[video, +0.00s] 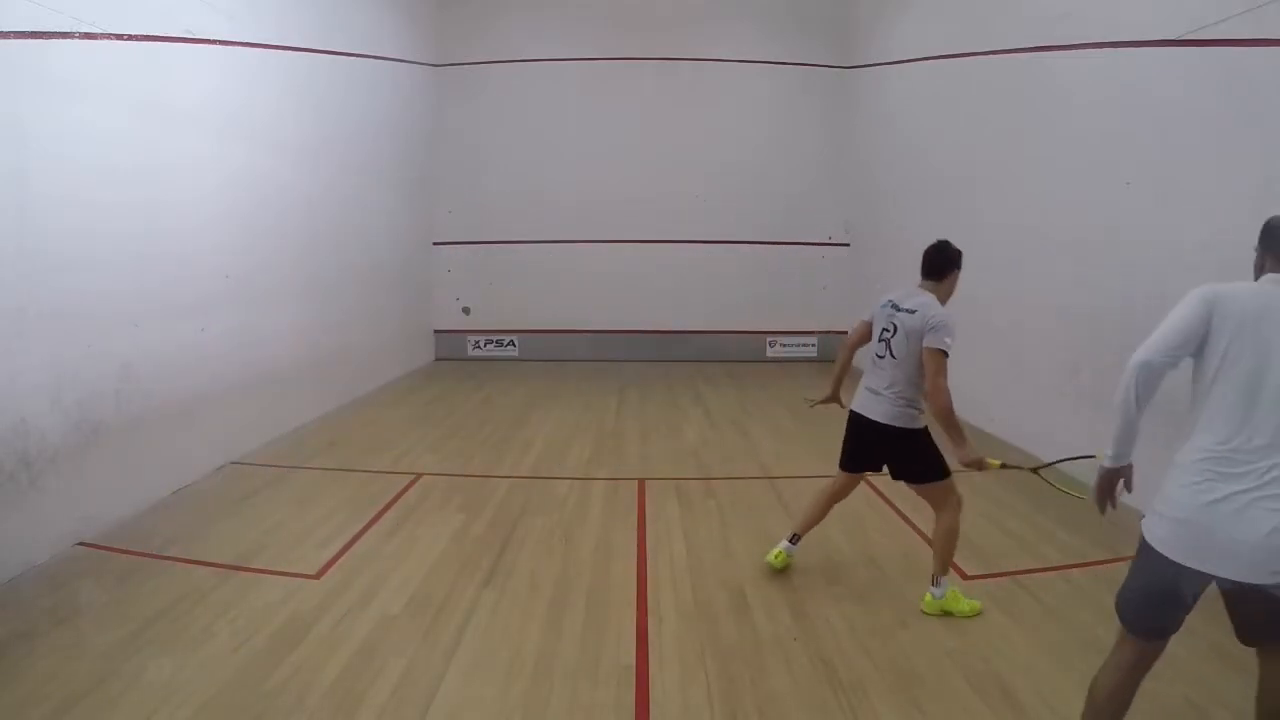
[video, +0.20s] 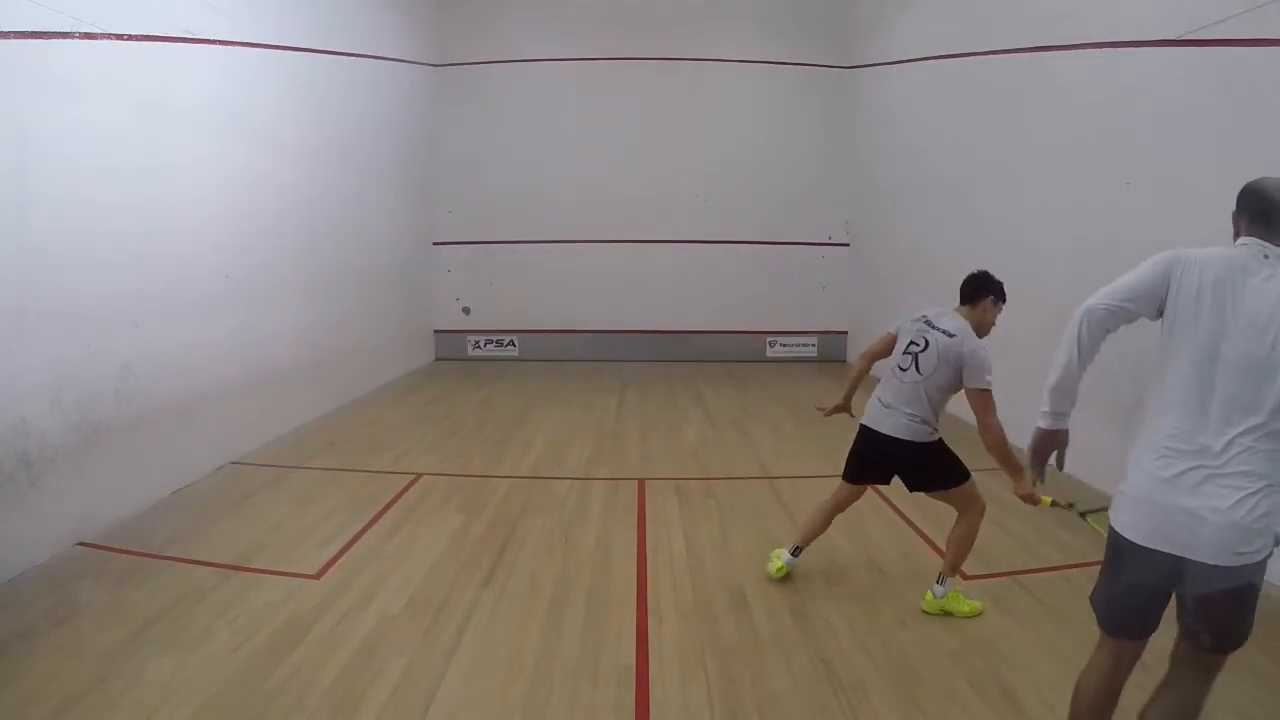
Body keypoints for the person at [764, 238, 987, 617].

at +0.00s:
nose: (956, 284)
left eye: (957, 278)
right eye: (957, 277)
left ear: (922, 271)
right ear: (950, 276)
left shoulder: (889, 302)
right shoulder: (937, 317)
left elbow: (850, 342)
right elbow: (935, 390)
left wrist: (834, 390)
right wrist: (963, 447)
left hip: (861, 419)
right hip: (902, 430)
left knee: (840, 485)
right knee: (948, 503)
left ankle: (785, 548)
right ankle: (939, 591)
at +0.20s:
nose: (997, 320)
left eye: (999, 312)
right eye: (997, 310)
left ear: (966, 300)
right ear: (983, 304)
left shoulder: (921, 319)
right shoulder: (971, 349)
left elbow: (867, 358)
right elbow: (988, 425)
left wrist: (845, 399)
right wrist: (1018, 476)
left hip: (872, 431)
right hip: (916, 443)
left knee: (840, 497)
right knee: (972, 507)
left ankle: (787, 557)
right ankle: (942, 590)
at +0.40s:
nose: (970, 290)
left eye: (969, 284)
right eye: (970, 284)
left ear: (934, 277)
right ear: (966, 284)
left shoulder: (899, 301)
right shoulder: (963, 332)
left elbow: (850, 330)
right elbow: (965, 408)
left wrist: (822, 380)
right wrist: (947, 445)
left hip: (863, 410)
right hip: (910, 424)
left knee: (832, 481)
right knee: (948, 501)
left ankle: (796, 552)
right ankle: (939, 590)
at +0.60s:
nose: (901, 269)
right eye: (908, 265)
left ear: (875, 266)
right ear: (909, 270)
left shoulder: (851, 298)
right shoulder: (921, 323)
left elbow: (816, 342)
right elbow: (922, 390)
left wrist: (790, 391)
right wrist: (905, 418)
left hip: (836, 419)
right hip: (886, 427)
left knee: (814, 485)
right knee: (920, 501)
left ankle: (798, 565)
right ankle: (936, 589)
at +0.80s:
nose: (855, 255)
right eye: (858, 249)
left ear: (826, 252)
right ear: (861, 254)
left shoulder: (804, 289)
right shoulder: (877, 301)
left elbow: (776, 346)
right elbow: (891, 368)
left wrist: (780, 382)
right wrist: (885, 416)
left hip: (807, 408)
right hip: (854, 410)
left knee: (795, 485)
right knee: (877, 489)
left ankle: (797, 565)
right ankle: (891, 568)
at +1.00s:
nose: (840, 250)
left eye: (837, 245)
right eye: (841, 246)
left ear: (804, 247)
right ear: (838, 249)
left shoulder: (780, 283)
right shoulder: (850, 292)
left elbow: (764, 336)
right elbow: (865, 359)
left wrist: (784, 335)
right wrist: (869, 408)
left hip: (791, 398)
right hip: (834, 399)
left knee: (792, 479)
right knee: (824, 468)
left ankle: (796, 566)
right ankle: (811, 530)